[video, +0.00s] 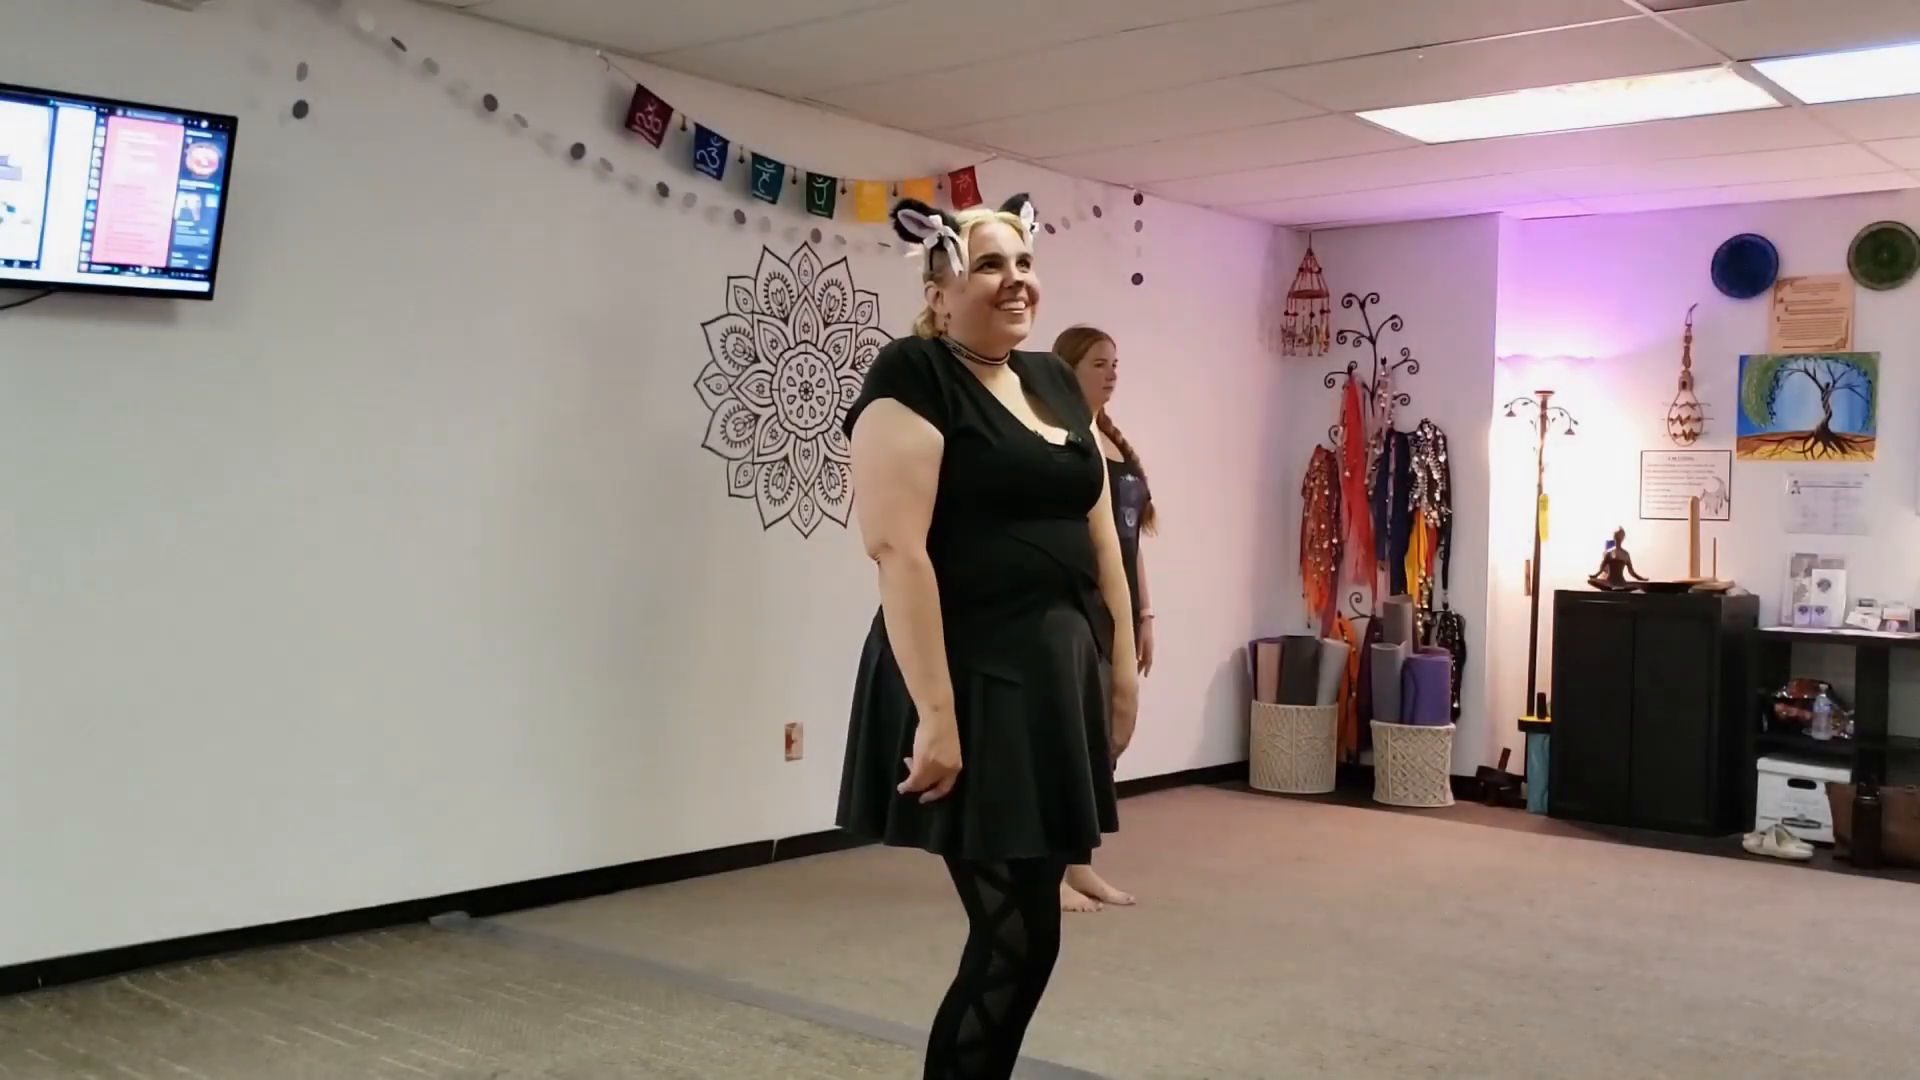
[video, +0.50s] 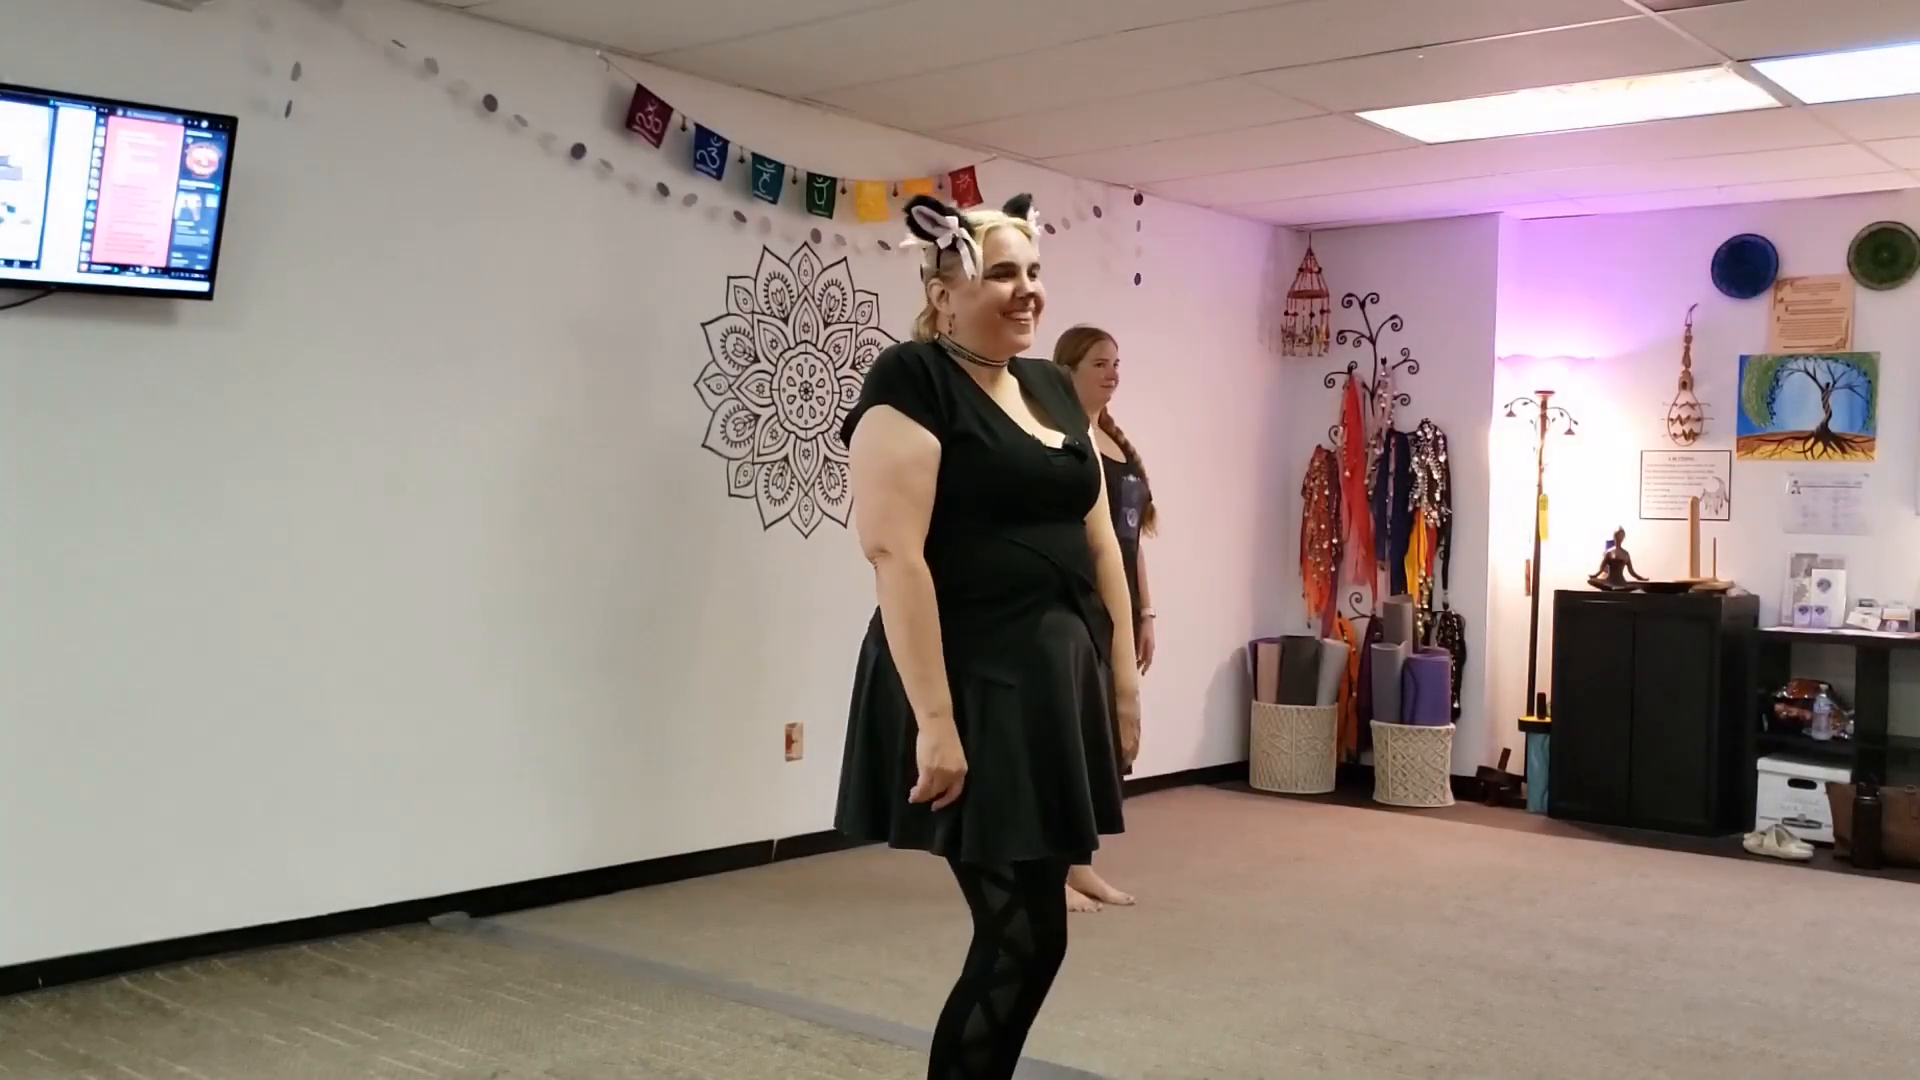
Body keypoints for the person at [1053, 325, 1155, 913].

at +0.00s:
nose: (1112, 374)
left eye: (1114, 364)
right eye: (1100, 364)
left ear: (1112, 373)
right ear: (1068, 370)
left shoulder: (1118, 443)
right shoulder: (1053, 438)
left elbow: (1130, 538)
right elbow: (1056, 532)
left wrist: (1144, 616)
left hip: (1112, 606)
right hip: (1063, 604)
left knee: (1095, 728)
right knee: (1057, 729)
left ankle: (1077, 859)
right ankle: (1048, 868)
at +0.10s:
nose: (1112, 374)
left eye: (1114, 364)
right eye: (1100, 365)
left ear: (1111, 372)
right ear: (1068, 370)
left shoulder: (1117, 442)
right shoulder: (1054, 437)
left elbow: (1130, 536)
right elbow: (1056, 532)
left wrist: (1144, 614)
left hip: (1111, 606)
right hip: (1063, 604)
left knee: (1091, 727)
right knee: (1055, 729)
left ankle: (1077, 859)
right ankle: (1048, 869)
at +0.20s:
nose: (1112, 374)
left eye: (1114, 365)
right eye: (1101, 365)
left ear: (1111, 372)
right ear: (1068, 370)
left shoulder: (1117, 442)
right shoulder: (1053, 436)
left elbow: (1131, 536)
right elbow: (1055, 531)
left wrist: (1143, 615)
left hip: (1110, 604)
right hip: (1062, 602)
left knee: (1088, 726)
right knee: (1053, 728)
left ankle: (1077, 859)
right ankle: (1047, 869)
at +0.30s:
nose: (1112, 373)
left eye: (1114, 364)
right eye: (1100, 364)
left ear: (1113, 372)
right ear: (1067, 370)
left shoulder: (1118, 442)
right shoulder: (1053, 436)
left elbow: (1132, 535)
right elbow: (1054, 530)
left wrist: (1144, 613)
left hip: (1110, 605)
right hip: (1062, 602)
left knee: (1088, 727)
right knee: (1056, 728)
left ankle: (1078, 859)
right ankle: (1050, 868)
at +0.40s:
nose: (1112, 374)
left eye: (1115, 364)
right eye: (1101, 365)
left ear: (1114, 372)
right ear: (1067, 370)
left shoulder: (1118, 442)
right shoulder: (1053, 435)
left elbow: (1131, 534)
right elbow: (1052, 529)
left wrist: (1144, 612)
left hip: (1111, 603)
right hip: (1061, 601)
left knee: (1091, 725)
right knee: (1055, 727)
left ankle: (1078, 858)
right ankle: (1049, 868)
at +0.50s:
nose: (1113, 374)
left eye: (1116, 365)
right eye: (1102, 365)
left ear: (1115, 373)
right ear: (1068, 371)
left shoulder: (1119, 443)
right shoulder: (1054, 436)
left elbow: (1131, 536)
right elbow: (1051, 530)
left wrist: (1145, 613)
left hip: (1112, 605)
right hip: (1062, 603)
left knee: (1092, 727)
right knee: (1057, 729)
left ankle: (1079, 858)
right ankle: (1051, 866)